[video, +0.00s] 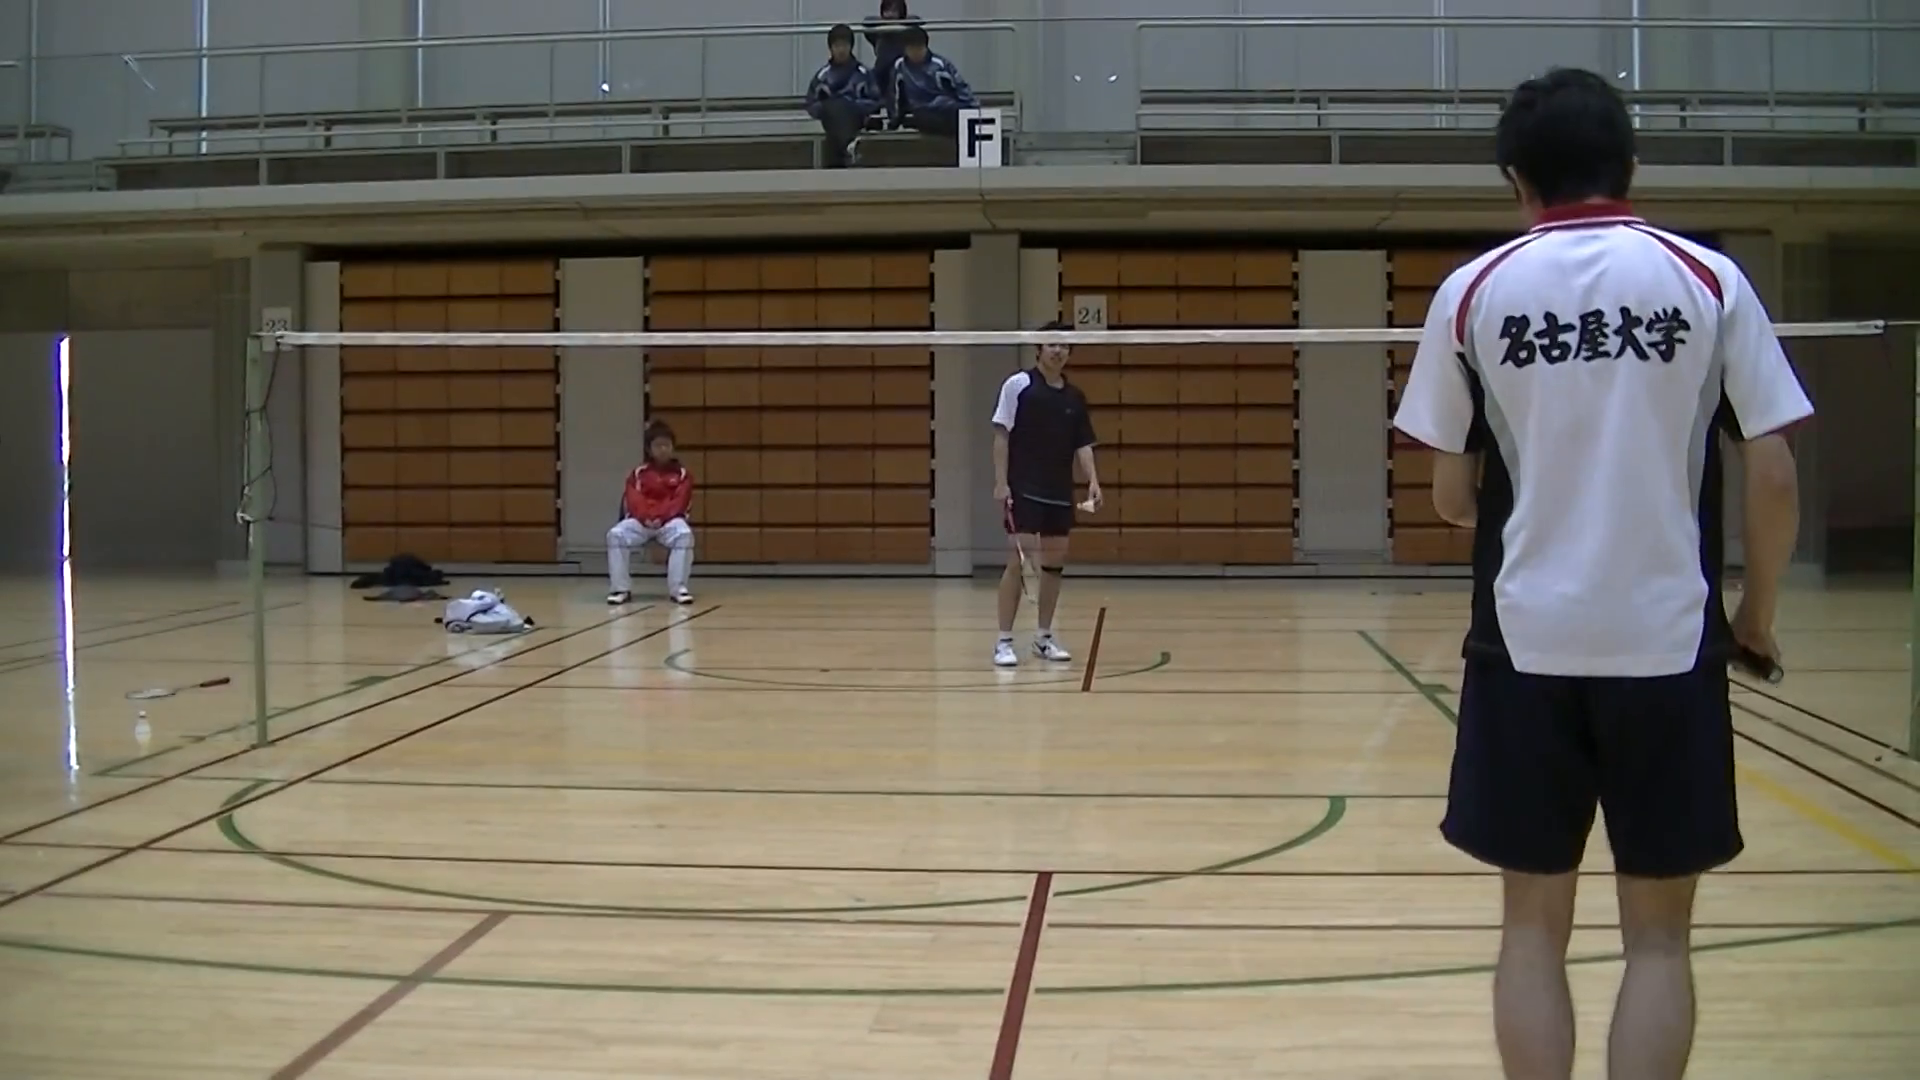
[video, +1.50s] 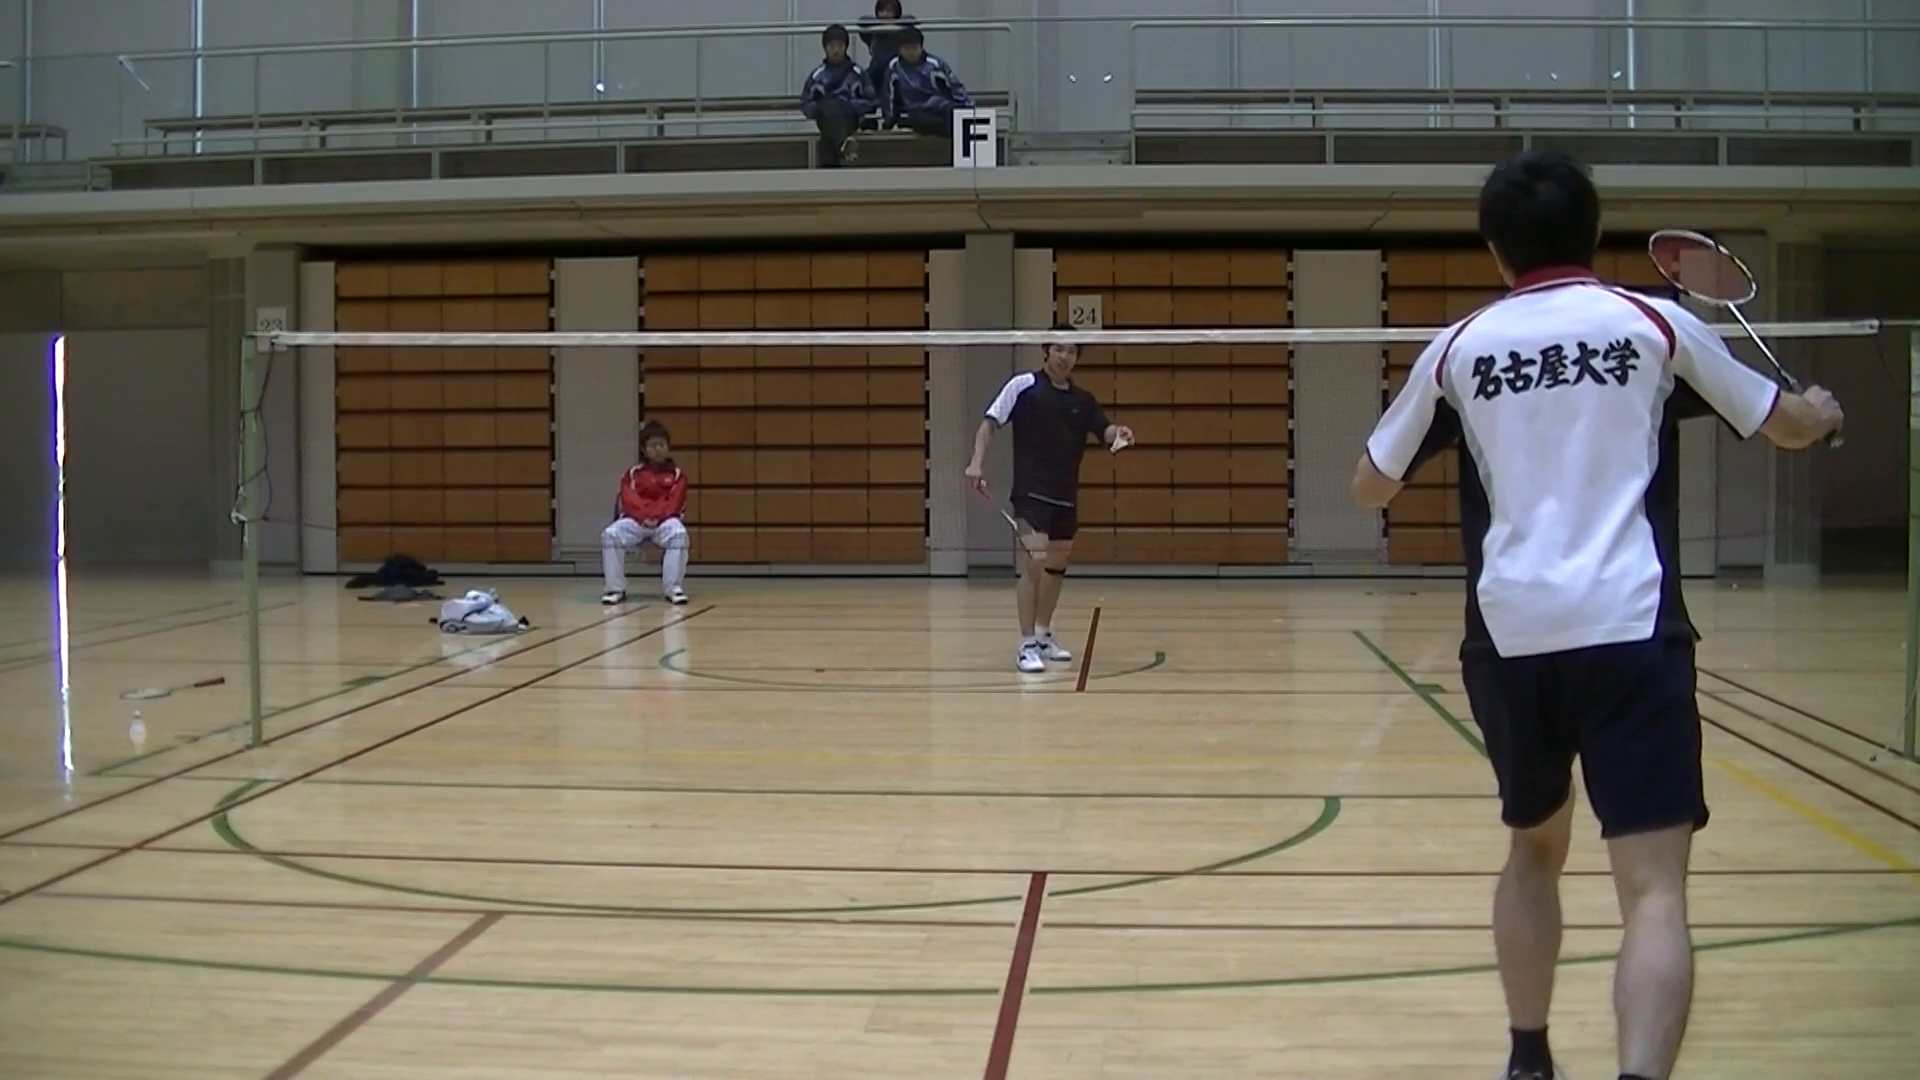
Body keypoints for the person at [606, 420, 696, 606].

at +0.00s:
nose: (663, 450)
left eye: (667, 445)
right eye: (658, 446)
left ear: (672, 448)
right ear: (649, 449)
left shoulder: (682, 474)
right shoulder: (638, 473)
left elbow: (680, 502)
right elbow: (633, 499)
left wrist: (662, 517)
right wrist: (644, 516)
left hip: (669, 520)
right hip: (641, 519)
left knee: (684, 536)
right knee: (616, 536)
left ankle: (678, 588)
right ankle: (621, 590)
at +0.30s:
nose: (662, 450)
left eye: (666, 445)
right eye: (657, 446)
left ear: (671, 448)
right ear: (647, 449)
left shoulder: (680, 474)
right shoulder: (637, 473)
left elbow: (679, 503)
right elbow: (631, 499)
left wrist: (661, 518)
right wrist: (643, 517)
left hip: (668, 520)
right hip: (639, 520)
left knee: (683, 536)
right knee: (614, 536)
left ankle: (676, 588)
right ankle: (619, 590)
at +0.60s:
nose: (661, 450)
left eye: (664, 445)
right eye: (656, 446)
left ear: (670, 448)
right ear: (646, 449)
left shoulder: (679, 474)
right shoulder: (635, 473)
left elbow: (677, 504)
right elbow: (631, 501)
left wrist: (659, 517)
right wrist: (645, 516)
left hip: (667, 520)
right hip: (638, 520)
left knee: (682, 537)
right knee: (613, 536)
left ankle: (676, 588)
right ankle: (618, 590)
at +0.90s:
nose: (659, 449)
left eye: (663, 444)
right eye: (654, 445)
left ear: (669, 447)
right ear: (645, 449)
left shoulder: (677, 474)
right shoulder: (634, 473)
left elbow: (676, 503)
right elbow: (629, 499)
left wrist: (657, 517)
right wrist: (644, 515)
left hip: (665, 519)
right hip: (637, 519)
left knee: (680, 535)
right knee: (611, 535)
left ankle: (674, 587)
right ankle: (616, 589)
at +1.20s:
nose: (659, 450)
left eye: (662, 445)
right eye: (653, 445)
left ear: (668, 447)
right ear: (644, 449)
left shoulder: (677, 474)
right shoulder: (634, 473)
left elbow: (676, 503)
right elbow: (629, 500)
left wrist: (657, 517)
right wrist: (644, 516)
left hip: (665, 520)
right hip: (636, 520)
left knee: (680, 536)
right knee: (611, 535)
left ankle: (674, 588)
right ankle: (616, 589)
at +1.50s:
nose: (658, 450)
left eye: (661, 445)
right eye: (652, 446)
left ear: (668, 447)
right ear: (644, 450)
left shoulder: (677, 475)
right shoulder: (633, 473)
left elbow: (674, 504)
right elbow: (628, 500)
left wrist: (656, 517)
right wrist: (644, 516)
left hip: (664, 520)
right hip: (635, 520)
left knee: (679, 535)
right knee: (610, 535)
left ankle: (673, 587)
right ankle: (615, 589)